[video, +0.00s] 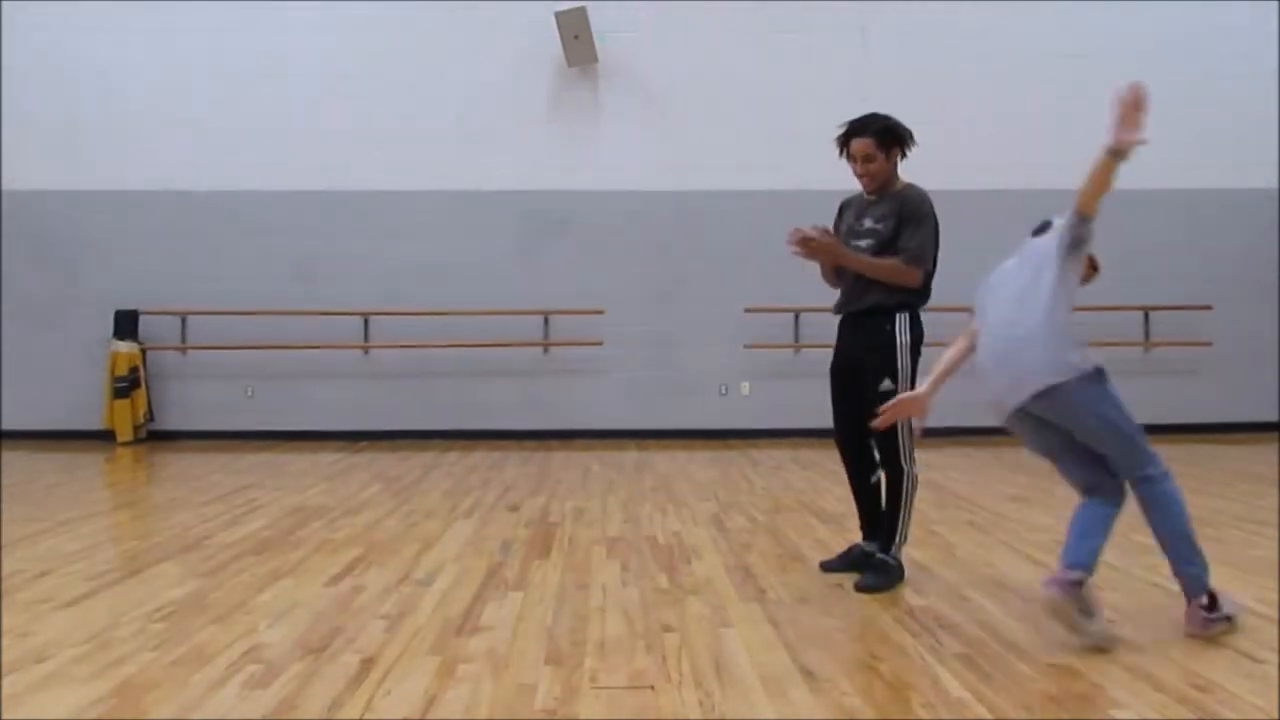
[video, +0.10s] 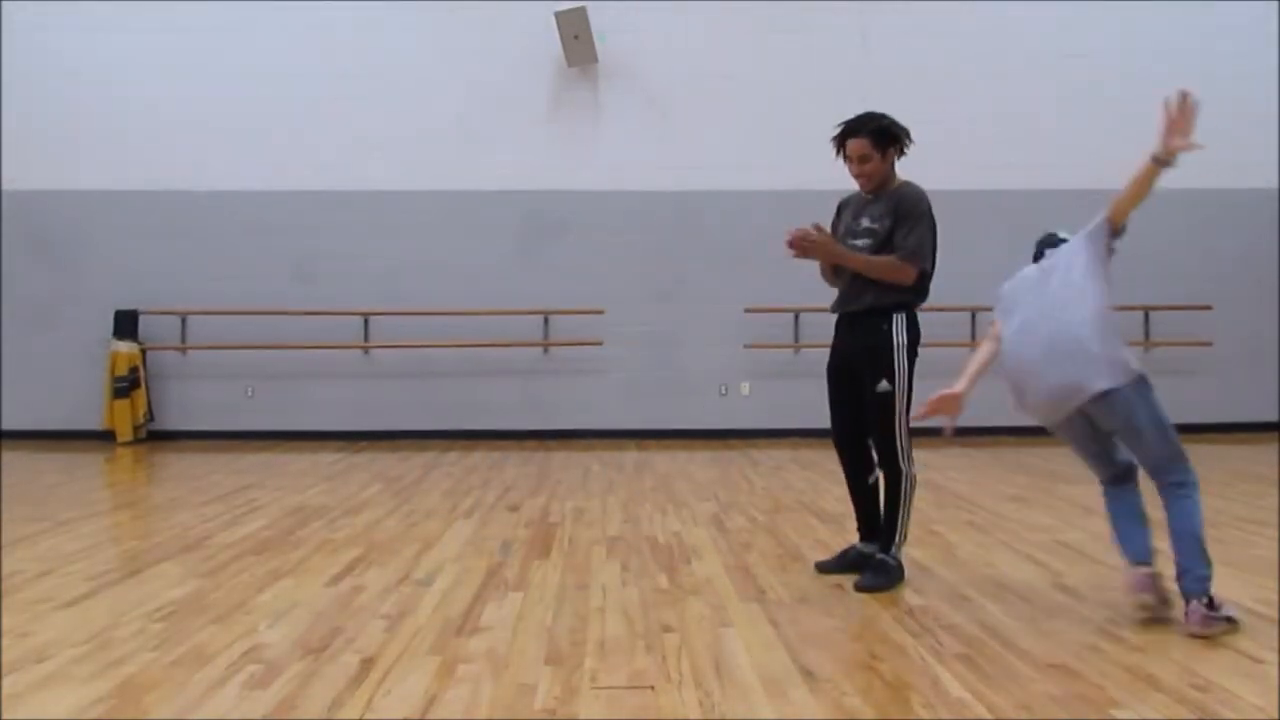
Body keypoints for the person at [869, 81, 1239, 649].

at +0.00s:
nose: (1087, 280)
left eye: (1089, 276)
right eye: (1087, 272)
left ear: (1030, 246)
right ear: (1073, 249)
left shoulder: (996, 287)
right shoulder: (1058, 244)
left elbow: (966, 342)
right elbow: (1086, 202)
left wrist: (923, 392)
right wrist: (1116, 148)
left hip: (1007, 398)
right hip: (1057, 374)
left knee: (1102, 487)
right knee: (1148, 473)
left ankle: (1070, 580)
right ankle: (1200, 599)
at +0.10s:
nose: (1087, 253)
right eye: (1081, 248)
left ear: (1034, 260)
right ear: (1070, 249)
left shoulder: (1011, 293)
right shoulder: (1080, 249)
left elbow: (990, 341)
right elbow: (1120, 208)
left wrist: (960, 388)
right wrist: (1163, 154)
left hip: (1045, 397)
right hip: (1100, 372)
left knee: (1115, 476)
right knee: (1175, 479)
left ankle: (1141, 574)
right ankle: (1197, 599)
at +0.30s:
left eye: (1014, 286)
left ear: (1013, 282)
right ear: (1045, 263)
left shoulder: (1012, 300)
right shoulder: (1073, 259)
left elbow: (1015, 334)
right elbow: (1114, 226)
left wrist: (1018, 371)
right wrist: (1163, 181)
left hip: (1077, 395)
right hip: (1129, 368)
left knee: (1119, 474)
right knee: (1171, 458)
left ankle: (1174, 562)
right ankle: (1217, 538)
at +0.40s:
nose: (996, 290)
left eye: (992, 285)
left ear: (993, 280)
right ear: (1020, 261)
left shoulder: (997, 296)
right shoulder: (1053, 256)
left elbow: (1008, 330)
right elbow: (1095, 226)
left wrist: (1018, 370)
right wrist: (1148, 185)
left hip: (1071, 385)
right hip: (1117, 360)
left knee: (1114, 473)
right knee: (1136, 449)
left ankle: (1168, 550)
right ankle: (1169, 540)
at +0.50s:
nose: (964, 292)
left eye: (964, 289)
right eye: (964, 287)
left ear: (970, 284)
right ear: (994, 265)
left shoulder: (976, 297)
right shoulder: (1028, 258)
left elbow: (995, 329)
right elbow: (1074, 226)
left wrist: (1012, 367)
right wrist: (1127, 186)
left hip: (1057, 377)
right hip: (1099, 357)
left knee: (1078, 462)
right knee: (1098, 443)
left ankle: (1134, 513)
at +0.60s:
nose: (930, 305)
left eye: (930, 299)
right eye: (928, 300)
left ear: (940, 290)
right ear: (959, 274)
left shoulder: (950, 301)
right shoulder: (998, 265)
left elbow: (981, 332)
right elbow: (1045, 232)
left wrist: (1010, 368)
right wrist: (1094, 193)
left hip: (1040, 372)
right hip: (1076, 359)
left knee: (1020, 446)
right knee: (1067, 436)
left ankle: (1075, 506)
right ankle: (1095, 519)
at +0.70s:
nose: (897, 304)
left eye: (893, 298)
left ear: (897, 290)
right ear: (915, 270)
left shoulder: (921, 299)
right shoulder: (955, 267)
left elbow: (956, 325)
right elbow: (1001, 236)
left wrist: (999, 357)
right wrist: (1053, 201)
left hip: (1007, 360)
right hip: (1045, 351)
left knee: (974, 426)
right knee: (1034, 428)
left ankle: (994, 504)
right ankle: (1082, 503)